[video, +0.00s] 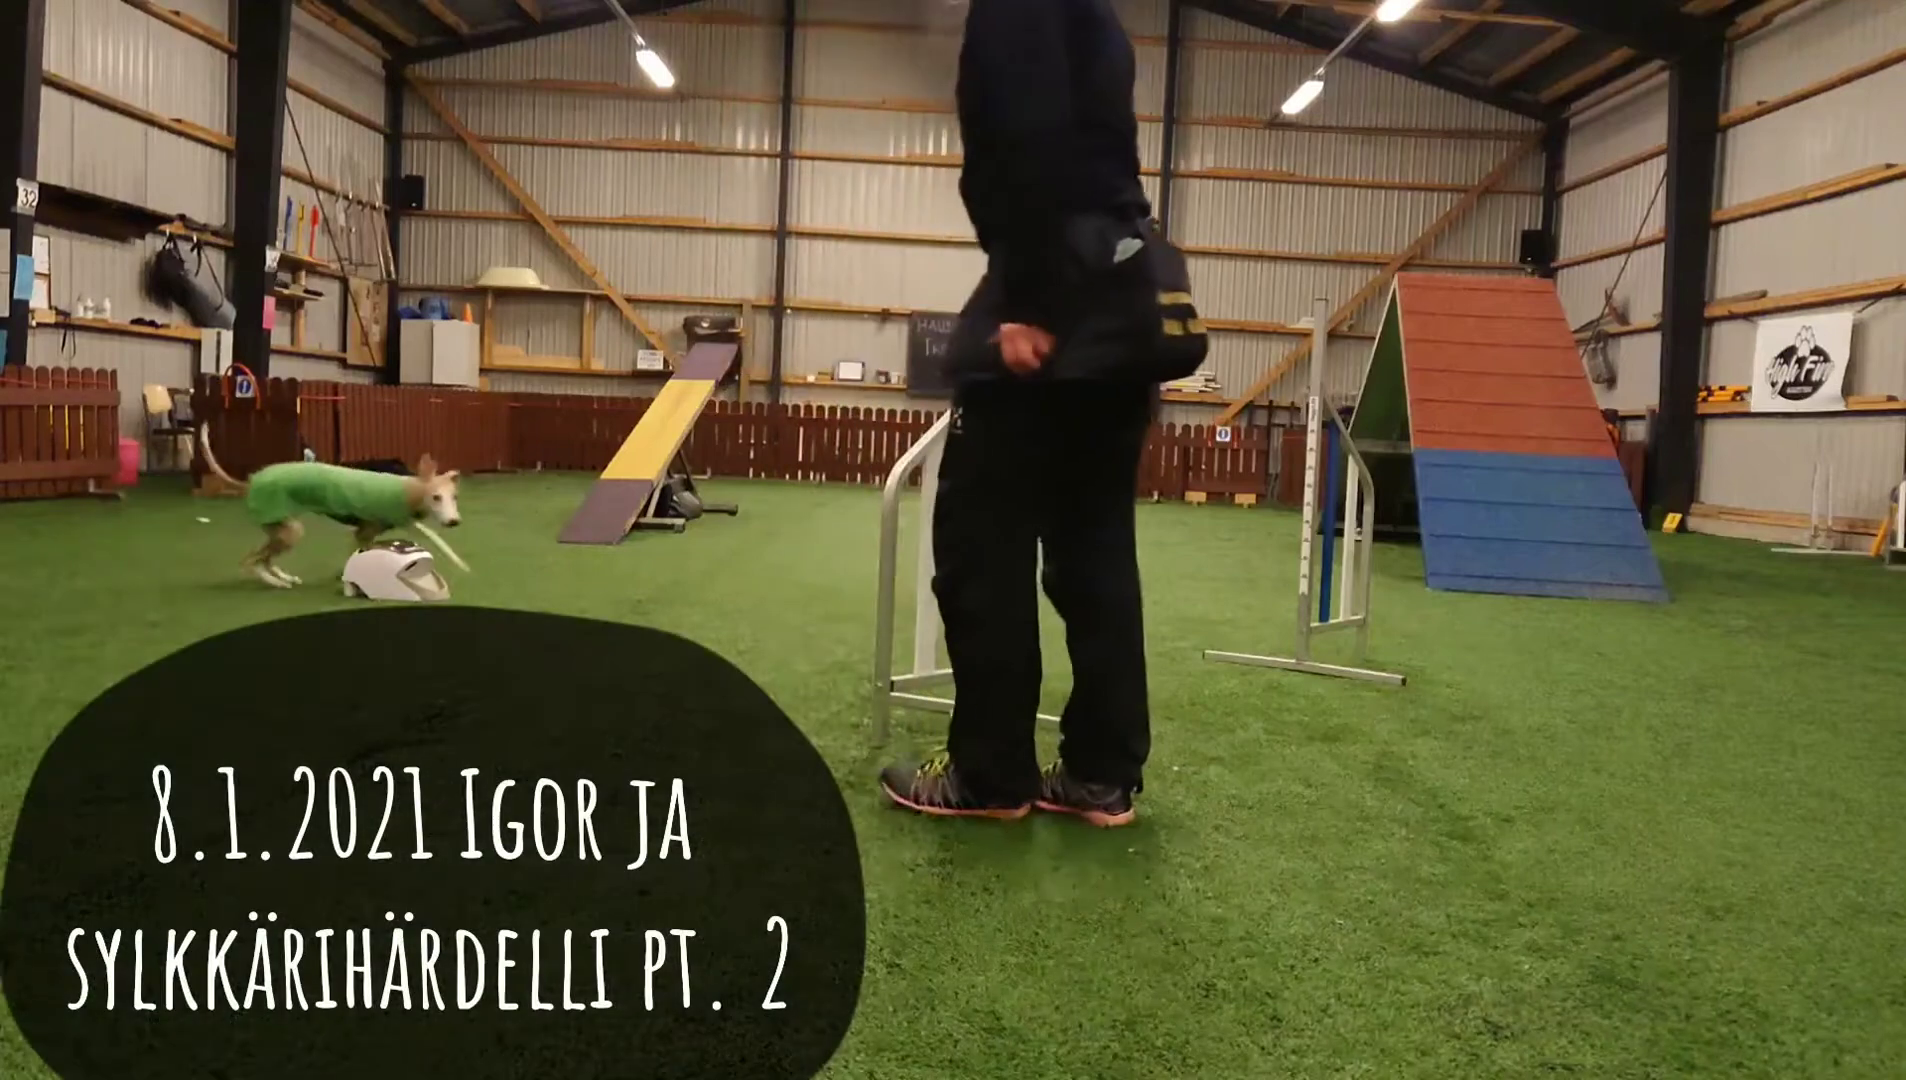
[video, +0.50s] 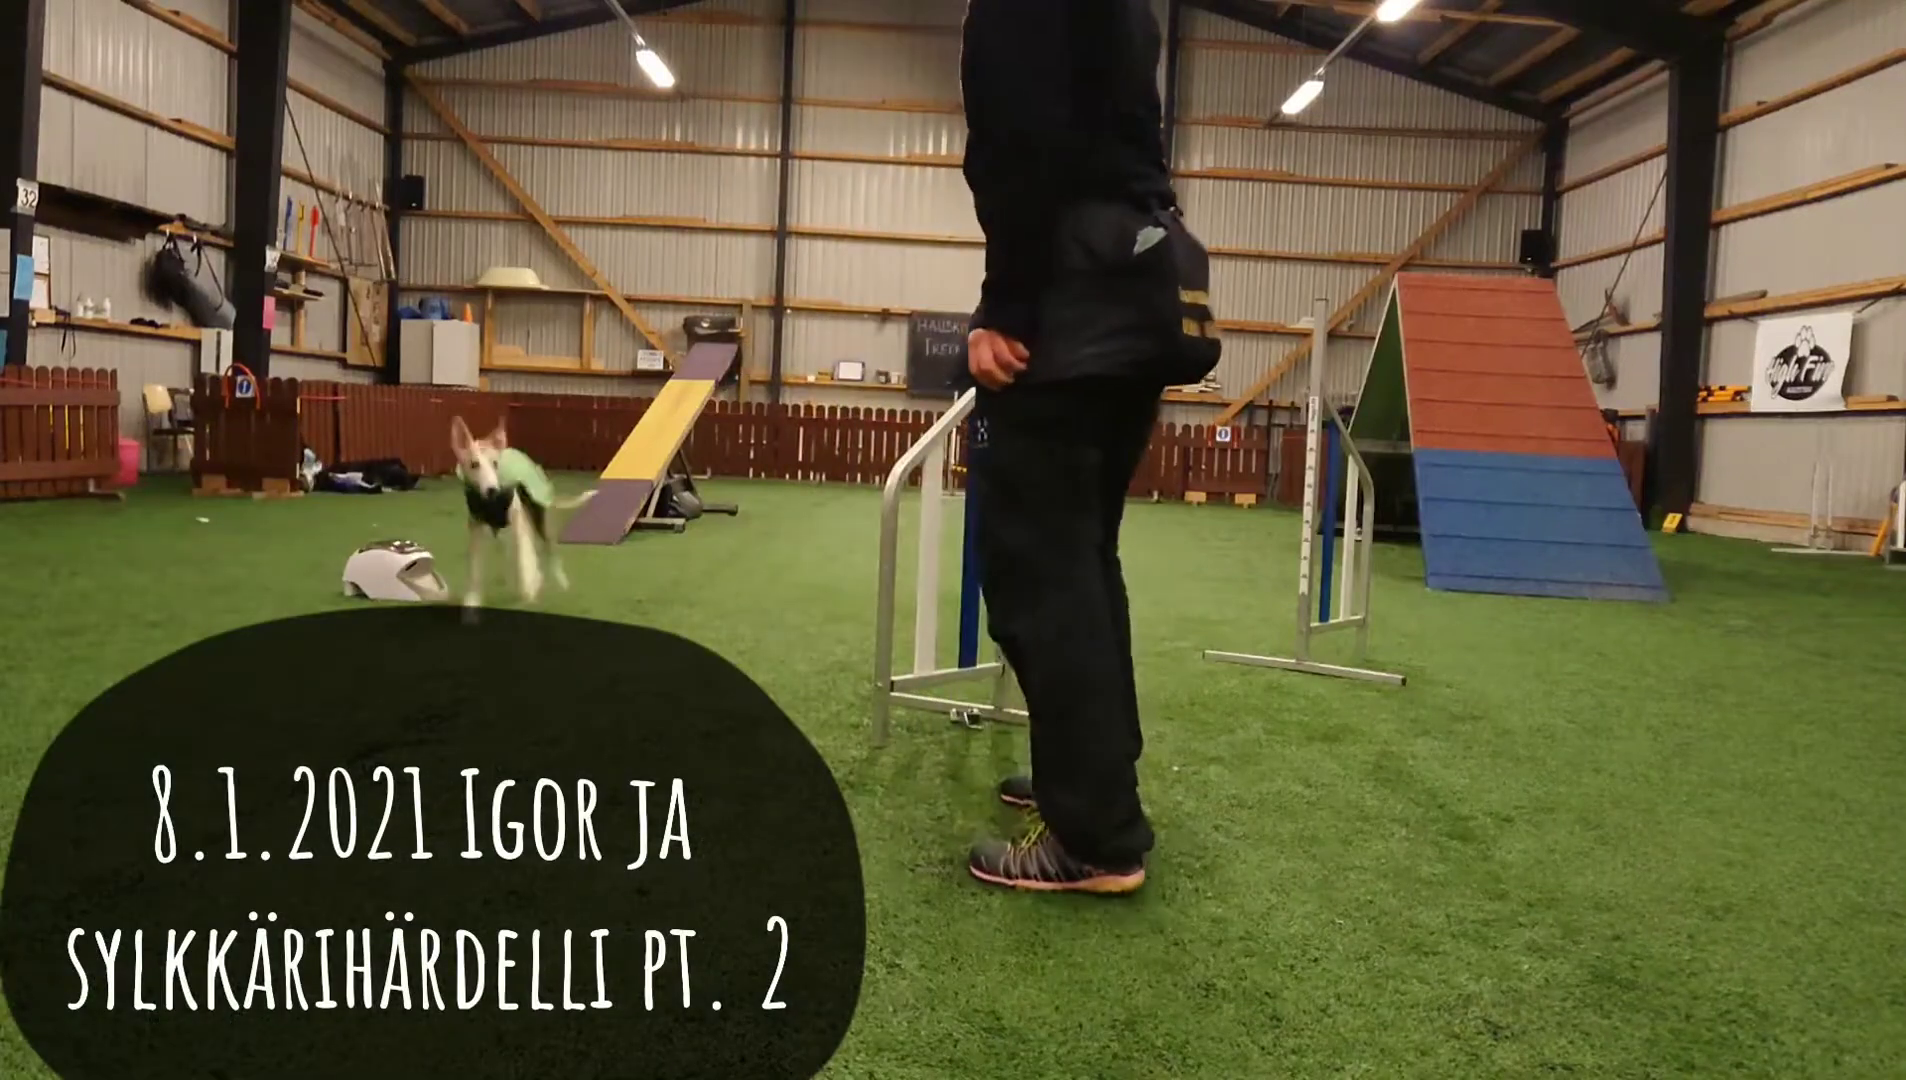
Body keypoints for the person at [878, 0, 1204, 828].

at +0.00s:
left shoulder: (1008, 13)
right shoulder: (1100, 27)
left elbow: (1025, 145)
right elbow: (1101, 164)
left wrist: (1024, 305)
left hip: (1034, 334)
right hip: (1118, 331)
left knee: (978, 552)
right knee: (1096, 553)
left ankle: (990, 774)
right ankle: (1104, 775)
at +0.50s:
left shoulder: (1013, 13)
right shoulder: (1120, 20)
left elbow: (1018, 139)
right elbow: (1121, 150)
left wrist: (1001, 305)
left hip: (1064, 325)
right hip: (1124, 319)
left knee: (1038, 576)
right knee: (1077, 560)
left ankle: (1099, 841)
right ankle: (1087, 780)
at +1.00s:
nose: (933, 97)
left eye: (931, 58)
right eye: (927, 82)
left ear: (942, 12)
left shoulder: (973, 17)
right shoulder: (1092, 40)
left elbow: (1020, 148)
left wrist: (1002, 339)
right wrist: (980, 374)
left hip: (1146, 302)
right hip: (1260, 291)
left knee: (1075, 569)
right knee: (1194, 557)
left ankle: (1094, 846)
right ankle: (1195, 807)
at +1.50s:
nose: (1034, 165)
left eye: (1031, 141)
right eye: (1028, 155)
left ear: (1047, 51)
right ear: (1120, 37)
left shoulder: (1058, 59)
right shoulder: (1199, 90)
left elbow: (1082, 165)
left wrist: (1056, 344)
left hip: (1218, 291)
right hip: (1348, 291)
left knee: (1157, 584)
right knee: (1304, 582)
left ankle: (1107, 842)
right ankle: (1272, 828)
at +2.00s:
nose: (994, 32)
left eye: (997, 25)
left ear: (1013, 27)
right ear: (1090, 33)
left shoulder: (990, 76)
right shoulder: (1132, 88)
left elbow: (971, 202)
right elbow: (1155, 218)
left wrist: (923, 354)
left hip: (1061, 337)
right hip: (1188, 336)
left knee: (976, 549)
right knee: (1209, 568)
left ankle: (898, 737)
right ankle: (1261, 808)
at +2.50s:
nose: (837, 31)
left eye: (839, 23)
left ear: (851, 25)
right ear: (925, 39)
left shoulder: (823, 68)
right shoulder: (962, 104)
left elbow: (775, 204)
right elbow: (963, 227)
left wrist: (729, 338)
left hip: (855, 315)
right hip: (963, 327)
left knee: (839, 522)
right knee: (870, 503)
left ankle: (873, 743)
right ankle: (884, 710)